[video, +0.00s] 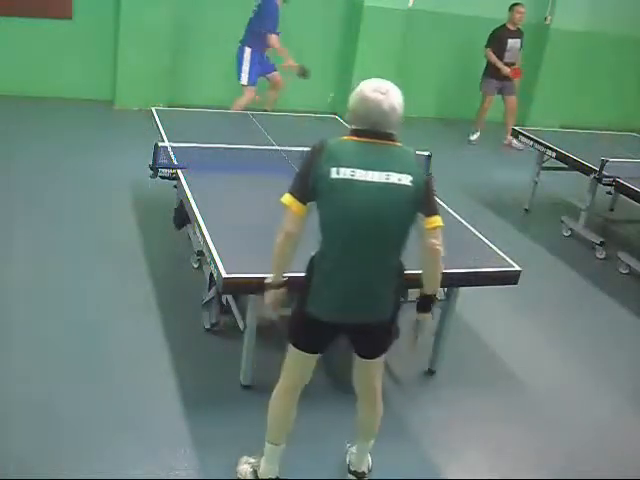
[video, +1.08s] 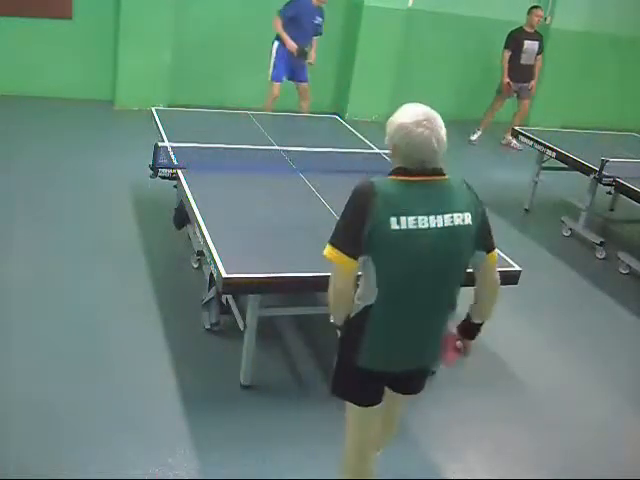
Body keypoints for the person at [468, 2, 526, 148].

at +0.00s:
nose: (521, 16)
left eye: (523, 14)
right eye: (518, 13)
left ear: (524, 16)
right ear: (510, 14)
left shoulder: (520, 34)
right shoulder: (498, 32)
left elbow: (518, 52)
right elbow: (488, 51)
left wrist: (517, 66)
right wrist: (502, 67)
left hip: (509, 75)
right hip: (492, 74)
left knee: (512, 106)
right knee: (486, 104)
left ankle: (509, 136)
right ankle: (476, 130)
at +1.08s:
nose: (539, 20)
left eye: (541, 17)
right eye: (537, 16)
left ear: (541, 20)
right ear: (529, 16)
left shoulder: (539, 38)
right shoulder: (514, 34)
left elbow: (538, 60)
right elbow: (506, 56)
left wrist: (534, 79)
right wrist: (505, 77)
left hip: (527, 80)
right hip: (511, 79)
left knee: (524, 109)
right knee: (495, 106)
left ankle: (509, 136)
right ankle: (480, 130)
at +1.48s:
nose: (549, 22)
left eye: (551, 19)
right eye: (546, 18)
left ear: (552, 21)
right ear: (539, 18)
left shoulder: (549, 38)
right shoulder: (525, 35)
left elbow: (550, 60)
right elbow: (514, 55)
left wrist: (548, 80)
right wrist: (512, 77)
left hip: (536, 81)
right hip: (520, 78)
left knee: (525, 110)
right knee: (512, 109)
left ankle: (511, 136)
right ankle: (501, 136)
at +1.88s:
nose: (554, 24)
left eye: (556, 21)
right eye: (551, 20)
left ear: (557, 23)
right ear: (543, 21)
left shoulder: (553, 40)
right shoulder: (532, 39)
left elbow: (554, 61)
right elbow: (522, 61)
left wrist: (553, 80)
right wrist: (527, 80)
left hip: (543, 80)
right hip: (530, 79)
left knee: (531, 108)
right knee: (526, 109)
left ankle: (516, 133)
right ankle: (518, 141)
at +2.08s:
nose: (555, 24)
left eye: (557, 21)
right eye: (552, 20)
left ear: (559, 22)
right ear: (545, 21)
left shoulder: (555, 40)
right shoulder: (534, 40)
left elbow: (556, 61)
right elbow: (528, 63)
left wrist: (555, 80)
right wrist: (544, 80)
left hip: (547, 76)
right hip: (534, 76)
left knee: (534, 114)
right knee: (529, 114)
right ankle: (522, 140)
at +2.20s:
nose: (557, 24)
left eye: (559, 21)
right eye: (554, 21)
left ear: (560, 23)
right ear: (546, 22)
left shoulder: (556, 41)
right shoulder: (536, 40)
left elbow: (557, 62)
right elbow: (531, 64)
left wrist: (558, 79)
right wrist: (551, 78)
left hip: (547, 84)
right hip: (532, 84)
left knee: (544, 117)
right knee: (530, 118)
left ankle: (540, 148)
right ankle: (519, 145)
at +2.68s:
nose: (571, 30)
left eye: (573, 27)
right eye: (569, 26)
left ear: (574, 28)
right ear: (561, 27)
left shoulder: (574, 47)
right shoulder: (548, 44)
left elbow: (576, 68)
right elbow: (537, 66)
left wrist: (575, 89)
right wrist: (548, 83)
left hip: (562, 91)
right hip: (544, 89)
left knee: (558, 126)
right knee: (533, 121)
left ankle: (549, 154)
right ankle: (522, 144)